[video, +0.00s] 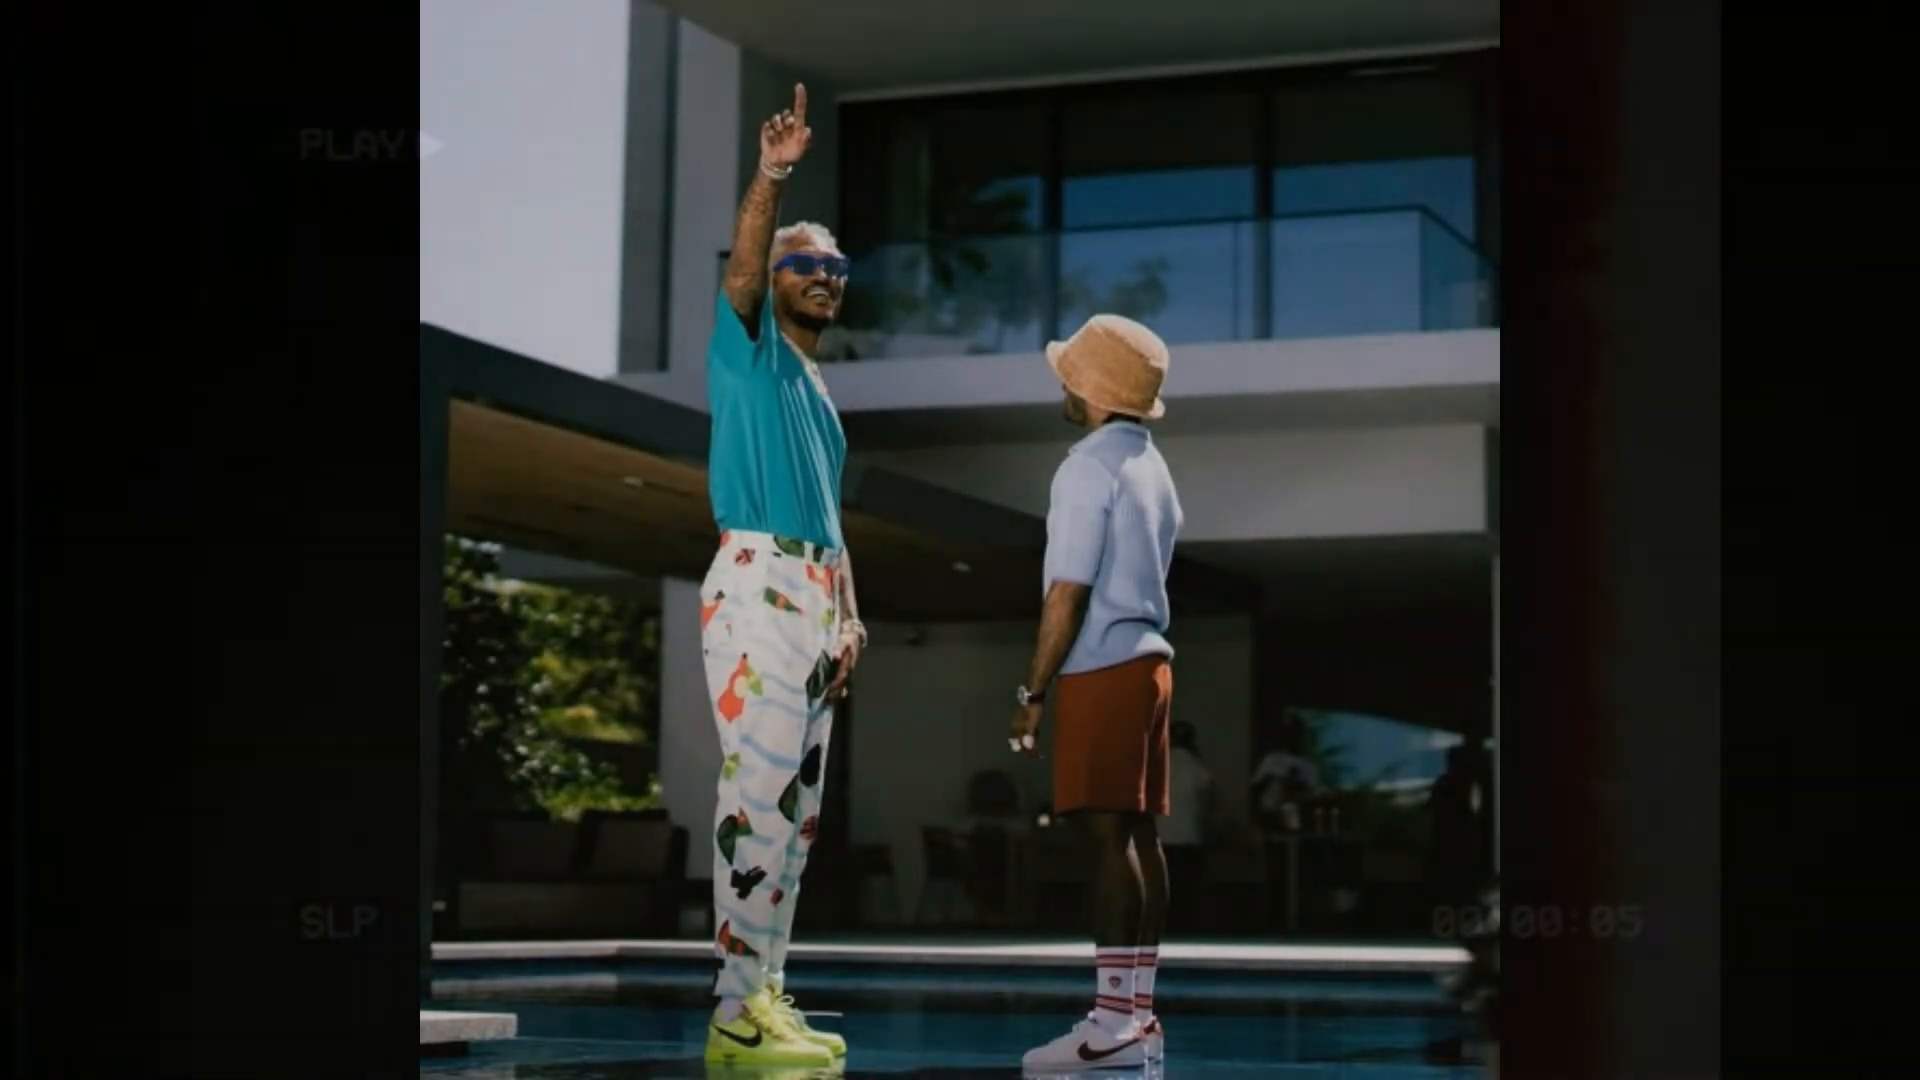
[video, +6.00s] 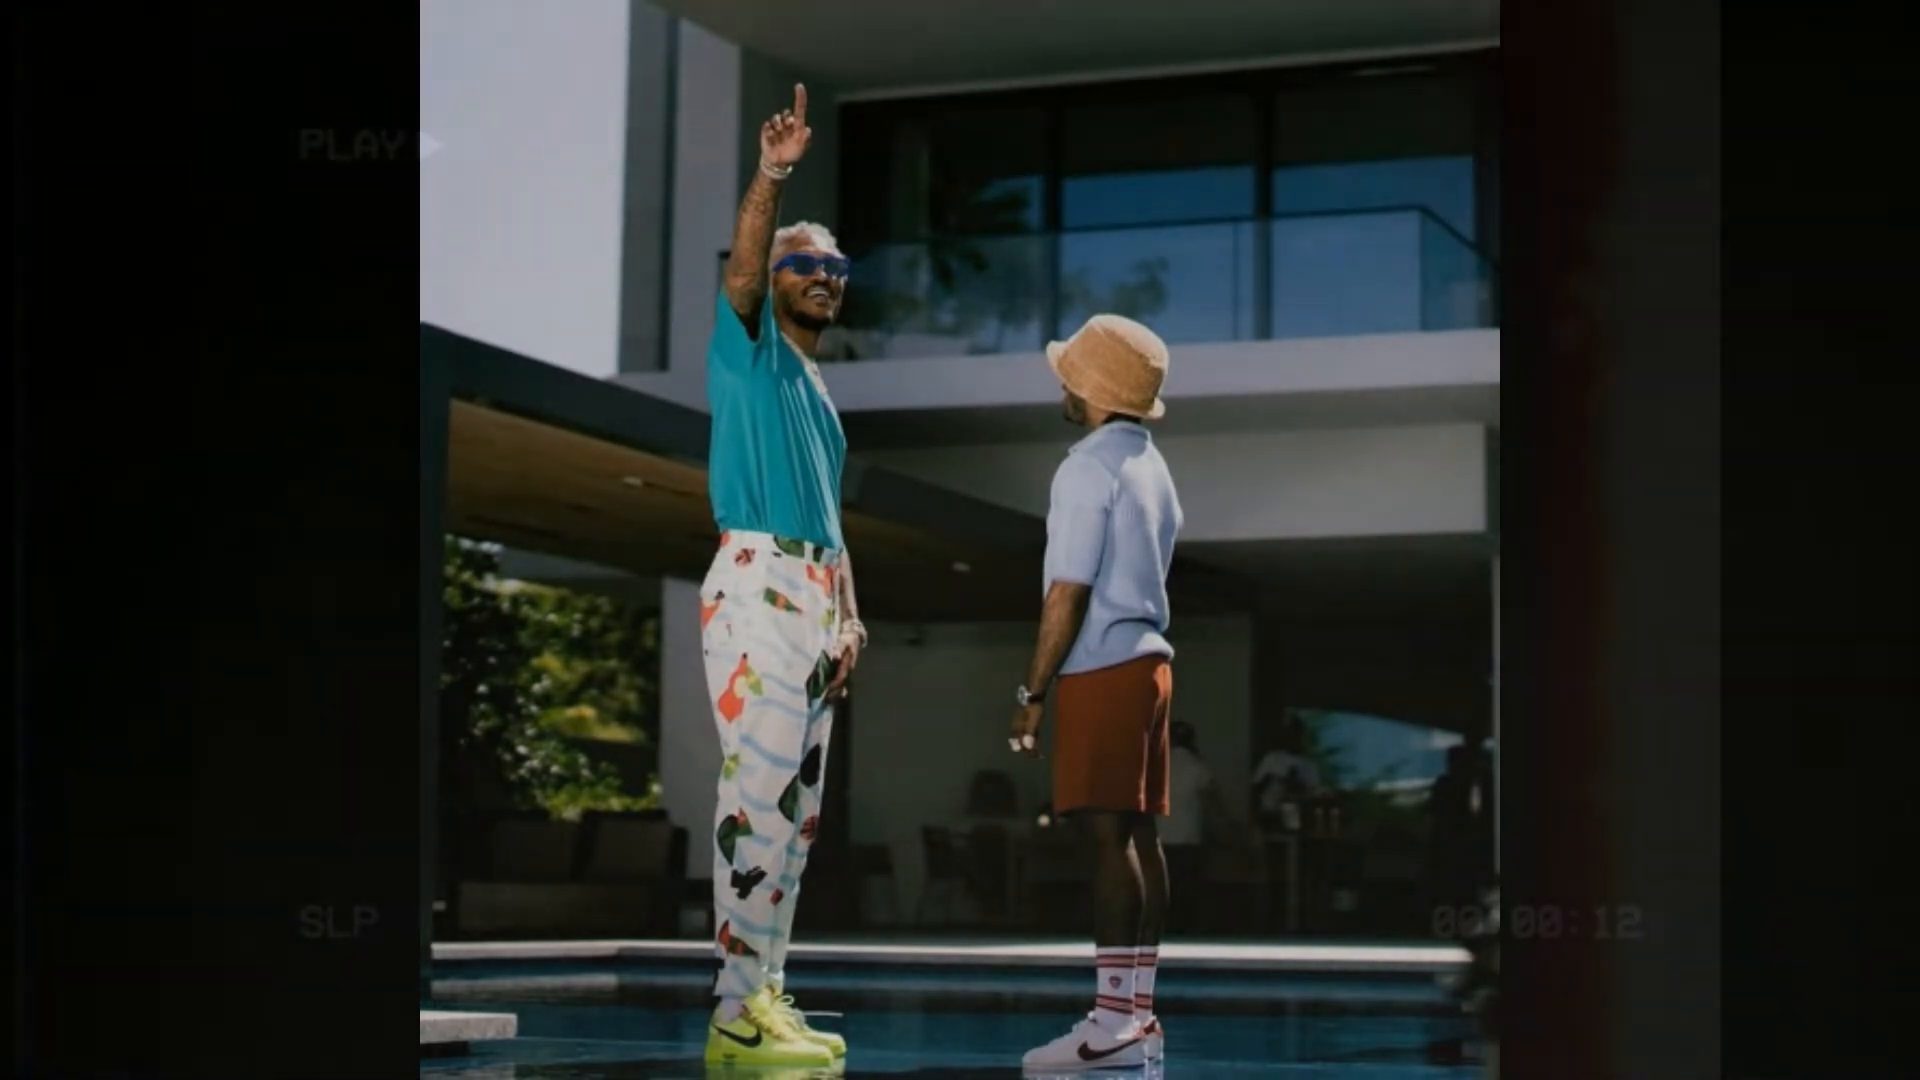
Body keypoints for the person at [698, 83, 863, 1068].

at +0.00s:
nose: (823, 283)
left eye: (833, 273)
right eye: (806, 268)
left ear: (841, 292)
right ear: (770, 278)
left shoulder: (818, 394)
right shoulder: (744, 344)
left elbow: (826, 519)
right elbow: (743, 268)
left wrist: (846, 613)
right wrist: (770, 174)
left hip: (814, 589)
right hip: (756, 581)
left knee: (794, 797)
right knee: (759, 791)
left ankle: (758, 1003)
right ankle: (746, 1006)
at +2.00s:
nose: (822, 283)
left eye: (833, 273)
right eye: (805, 268)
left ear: (841, 292)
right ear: (770, 279)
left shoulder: (818, 395)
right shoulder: (744, 344)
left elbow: (828, 520)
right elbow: (743, 267)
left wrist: (847, 612)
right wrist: (770, 173)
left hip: (814, 590)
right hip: (756, 582)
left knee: (794, 798)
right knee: (759, 791)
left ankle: (755, 1004)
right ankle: (747, 1002)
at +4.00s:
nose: (823, 283)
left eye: (834, 273)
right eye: (806, 268)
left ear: (841, 292)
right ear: (770, 277)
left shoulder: (818, 393)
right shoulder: (744, 342)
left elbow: (827, 519)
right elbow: (744, 267)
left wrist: (847, 612)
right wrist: (770, 173)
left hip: (814, 590)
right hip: (756, 582)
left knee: (794, 798)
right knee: (759, 791)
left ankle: (756, 1003)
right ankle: (747, 1003)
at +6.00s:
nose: (823, 284)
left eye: (834, 274)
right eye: (806, 268)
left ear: (841, 293)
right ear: (770, 278)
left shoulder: (817, 393)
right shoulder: (744, 343)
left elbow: (827, 519)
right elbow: (743, 269)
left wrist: (847, 613)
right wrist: (770, 174)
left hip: (814, 589)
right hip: (756, 581)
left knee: (794, 797)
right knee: (758, 790)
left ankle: (756, 1004)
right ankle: (748, 1001)